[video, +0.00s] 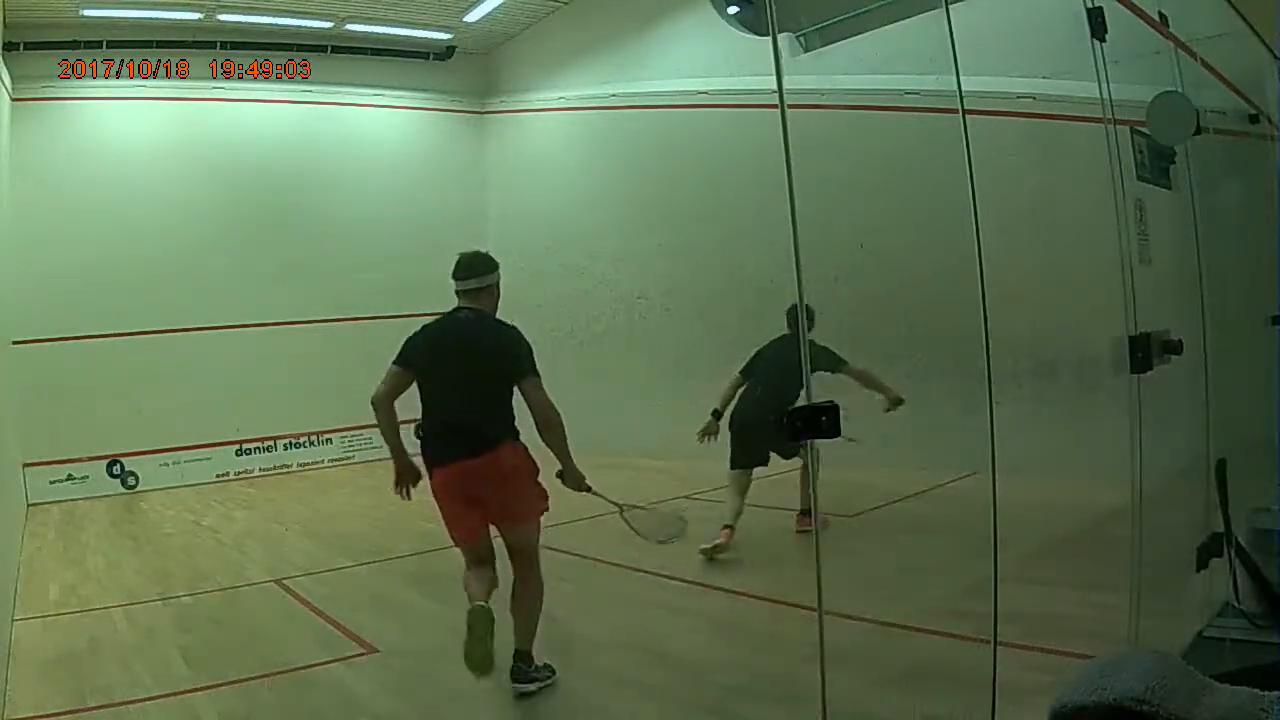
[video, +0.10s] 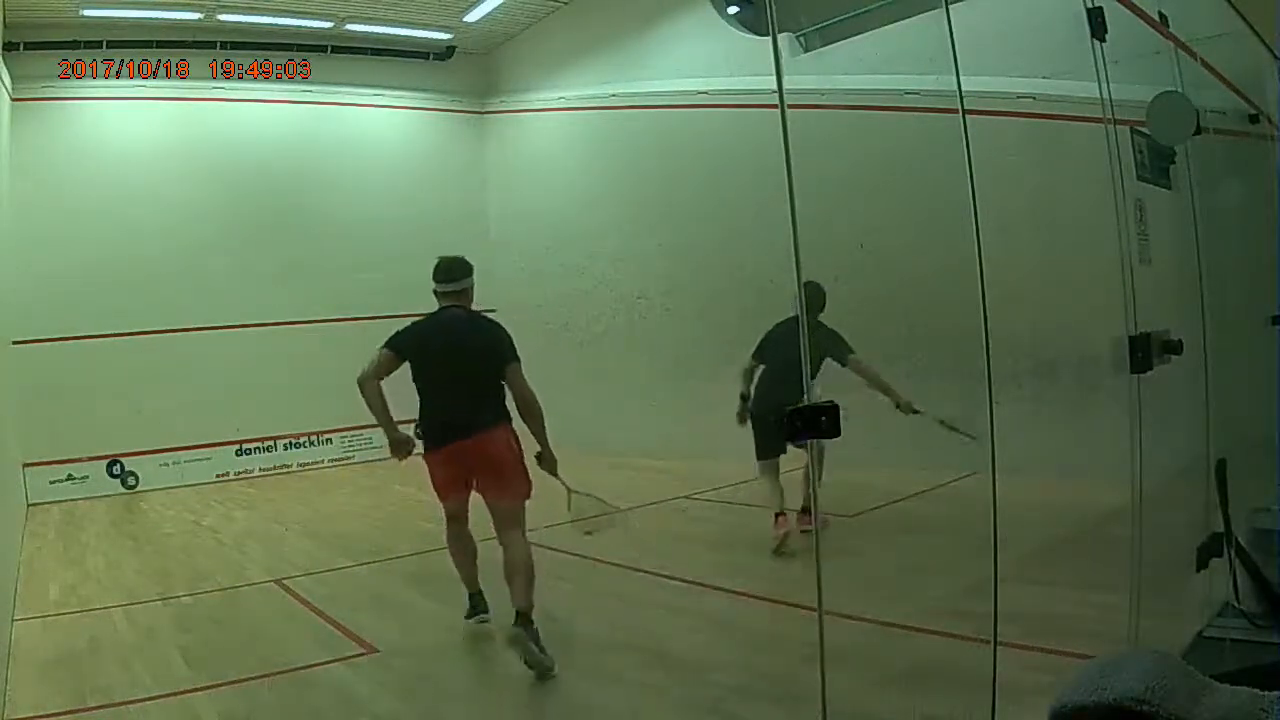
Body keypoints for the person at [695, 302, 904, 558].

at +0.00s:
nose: (807, 326)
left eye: (799, 321)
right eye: (809, 322)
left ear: (788, 323)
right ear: (811, 325)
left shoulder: (770, 348)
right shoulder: (813, 351)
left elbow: (736, 382)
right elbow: (856, 373)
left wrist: (715, 417)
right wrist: (890, 393)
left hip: (741, 421)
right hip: (772, 422)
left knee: (738, 484)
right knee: (811, 452)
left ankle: (726, 531)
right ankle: (806, 515)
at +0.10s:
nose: (815, 311)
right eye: (819, 305)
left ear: (796, 302)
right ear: (822, 306)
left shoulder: (778, 330)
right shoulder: (825, 335)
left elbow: (749, 368)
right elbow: (859, 368)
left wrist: (744, 400)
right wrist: (896, 398)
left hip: (764, 408)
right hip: (797, 408)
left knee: (769, 471)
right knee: (816, 449)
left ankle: (780, 518)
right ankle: (807, 513)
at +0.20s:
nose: (818, 296)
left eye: (815, 289)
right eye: (823, 291)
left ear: (803, 288)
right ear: (829, 293)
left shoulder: (785, 317)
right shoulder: (834, 322)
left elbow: (758, 355)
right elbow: (858, 355)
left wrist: (760, 383)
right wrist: (885, 385)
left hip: (781, 402)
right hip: (817, 400)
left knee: (789, 465)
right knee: (830, 453)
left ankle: (805, 518)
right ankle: (822, 505)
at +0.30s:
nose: (806, 293)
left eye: (807, 288)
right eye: (808, 288)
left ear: (807, 289)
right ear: (834, 292)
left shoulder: (790, 319)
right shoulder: (843, 320)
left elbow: (767, 357)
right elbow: (867, 351)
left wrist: (771, 383)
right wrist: (892, 383)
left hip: (796, 406)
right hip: (832, 402)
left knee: (801, 467)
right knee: (854, 448)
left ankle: (809, 528)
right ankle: (863, 506)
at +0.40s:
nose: (807, 297)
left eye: (810, 292)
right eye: (809, 292)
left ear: (818, 296)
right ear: (836, 300)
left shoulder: (798, 328)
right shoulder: (851, 326)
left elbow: (781, 365)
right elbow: (876, 358)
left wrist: (775, 396)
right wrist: (902, 393)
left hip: (809, 414)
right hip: (845, 409)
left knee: (808, 470)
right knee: (869, 462)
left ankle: (811, 528)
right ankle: (903, 517)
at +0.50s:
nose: (805, 303)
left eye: (809, 299)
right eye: (807, 298)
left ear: (819, 304)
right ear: (835, 306)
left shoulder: (799, 336)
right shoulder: (852, 333)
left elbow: (792, 378)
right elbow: (877, 374)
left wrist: (786, 418)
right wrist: (902, 414)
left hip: (816, 418)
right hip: (852, 413)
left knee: (808, 474)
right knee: (875, 465)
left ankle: (816, 525)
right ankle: (905, 519)